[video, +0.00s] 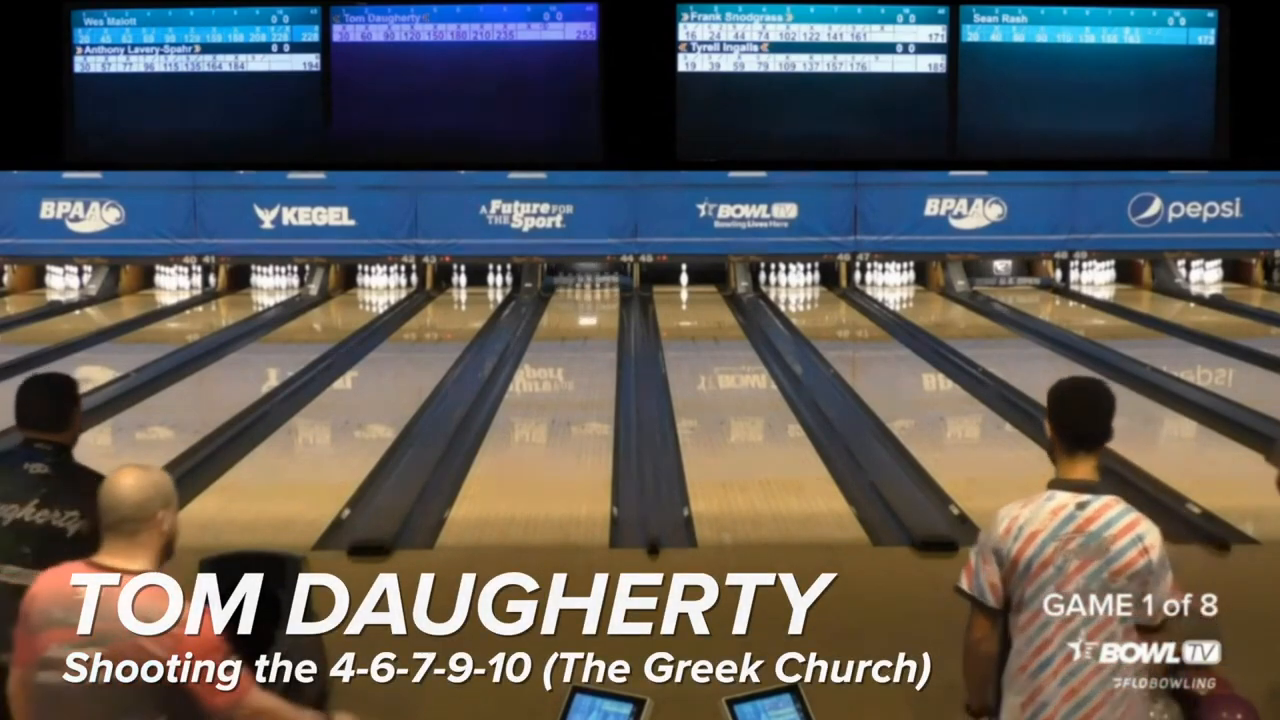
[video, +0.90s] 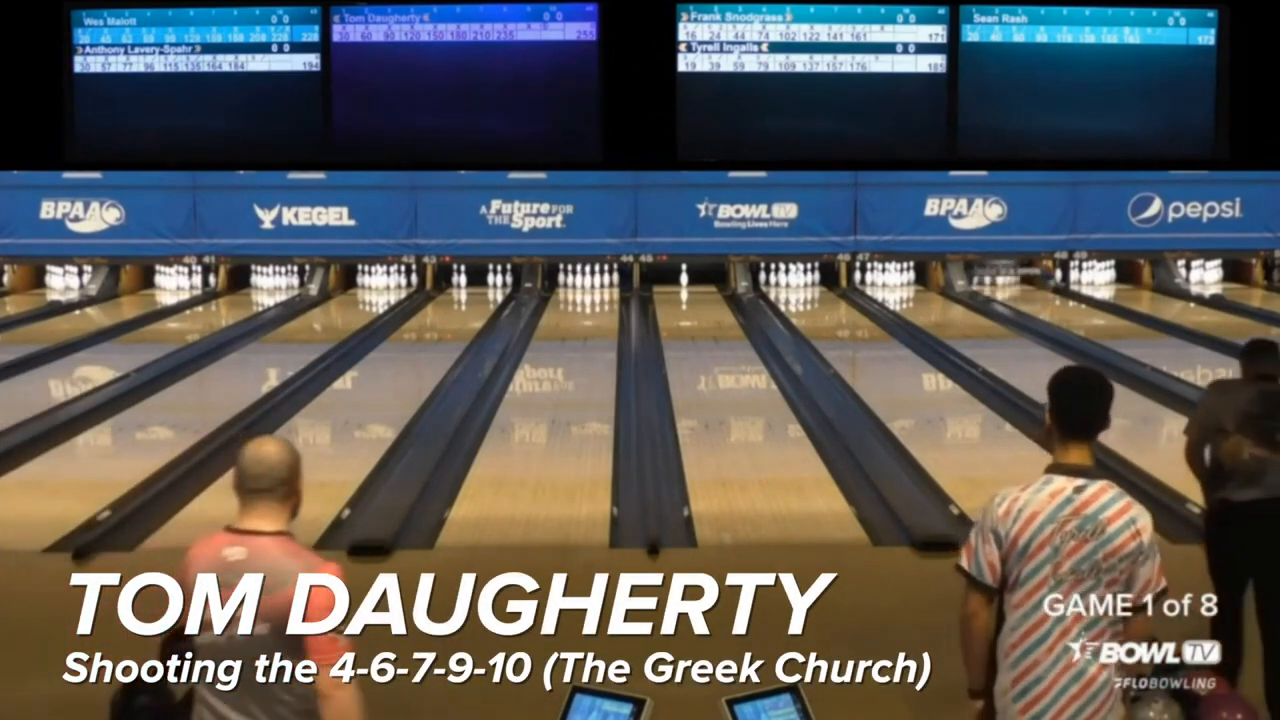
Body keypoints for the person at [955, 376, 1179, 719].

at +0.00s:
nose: (1049, 433)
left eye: (1048, 425)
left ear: (1049, 431)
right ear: (1108, 435)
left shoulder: (1011, 523)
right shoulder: (1141, 532)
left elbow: (982, 633)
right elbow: (1152, 621)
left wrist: (978, 706)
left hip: (1029, 706)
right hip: (1117, 708)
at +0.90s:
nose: (1045, 422)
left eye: (1046, 413)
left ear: (1048, 418)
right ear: (1106, 425)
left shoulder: (1010, 508)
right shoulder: (1133, 517)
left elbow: (977, 607)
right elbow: (1139, 617)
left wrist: (978, 693)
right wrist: (1122, 685)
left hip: (1021, 698)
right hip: (1097, 701)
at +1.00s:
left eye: (1055, 415)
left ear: (1056, 420)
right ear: (1114, 424)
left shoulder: (1019, 507)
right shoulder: (1142, 515)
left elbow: (985, 608)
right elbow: (1151, 617)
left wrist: (985, 690)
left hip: (1029, 691)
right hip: (1107, 694)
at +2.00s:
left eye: (1061, 405)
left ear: (1063, 413)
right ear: (1122, 419)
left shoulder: (1024, 497)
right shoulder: (1149, 508)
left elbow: (987, 600)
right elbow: (1160, 607)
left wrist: (990, 662)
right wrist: (1141, 650)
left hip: (1033, 686)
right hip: (1112, 692)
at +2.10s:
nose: (1056, 409)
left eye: (1058, 403)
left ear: (1062, 411)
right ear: (1120, 417)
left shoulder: (1023, 497)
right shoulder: (1150, 507)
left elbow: (986, 599)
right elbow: (1159, 599)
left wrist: (990, 661)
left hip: (1033, 686)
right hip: (1112, 692)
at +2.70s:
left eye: (1058, 404)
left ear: (1062, 413)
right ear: (1118, 416)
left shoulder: (1023, 493)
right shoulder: (1152, 506)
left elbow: (986, 597)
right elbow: (1160, 609)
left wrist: (987, 663)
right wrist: (1139, 672)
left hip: (1032, 686)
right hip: (1110, 692)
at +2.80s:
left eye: (1059, 408)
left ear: (1061, 414)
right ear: (1117, 419)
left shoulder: (1022, 498)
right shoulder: (1147, 511)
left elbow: (984, 601)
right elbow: (1156, 611)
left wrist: (986, 665)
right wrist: (1138, 670)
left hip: (1030, 683)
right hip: (1108, 691)